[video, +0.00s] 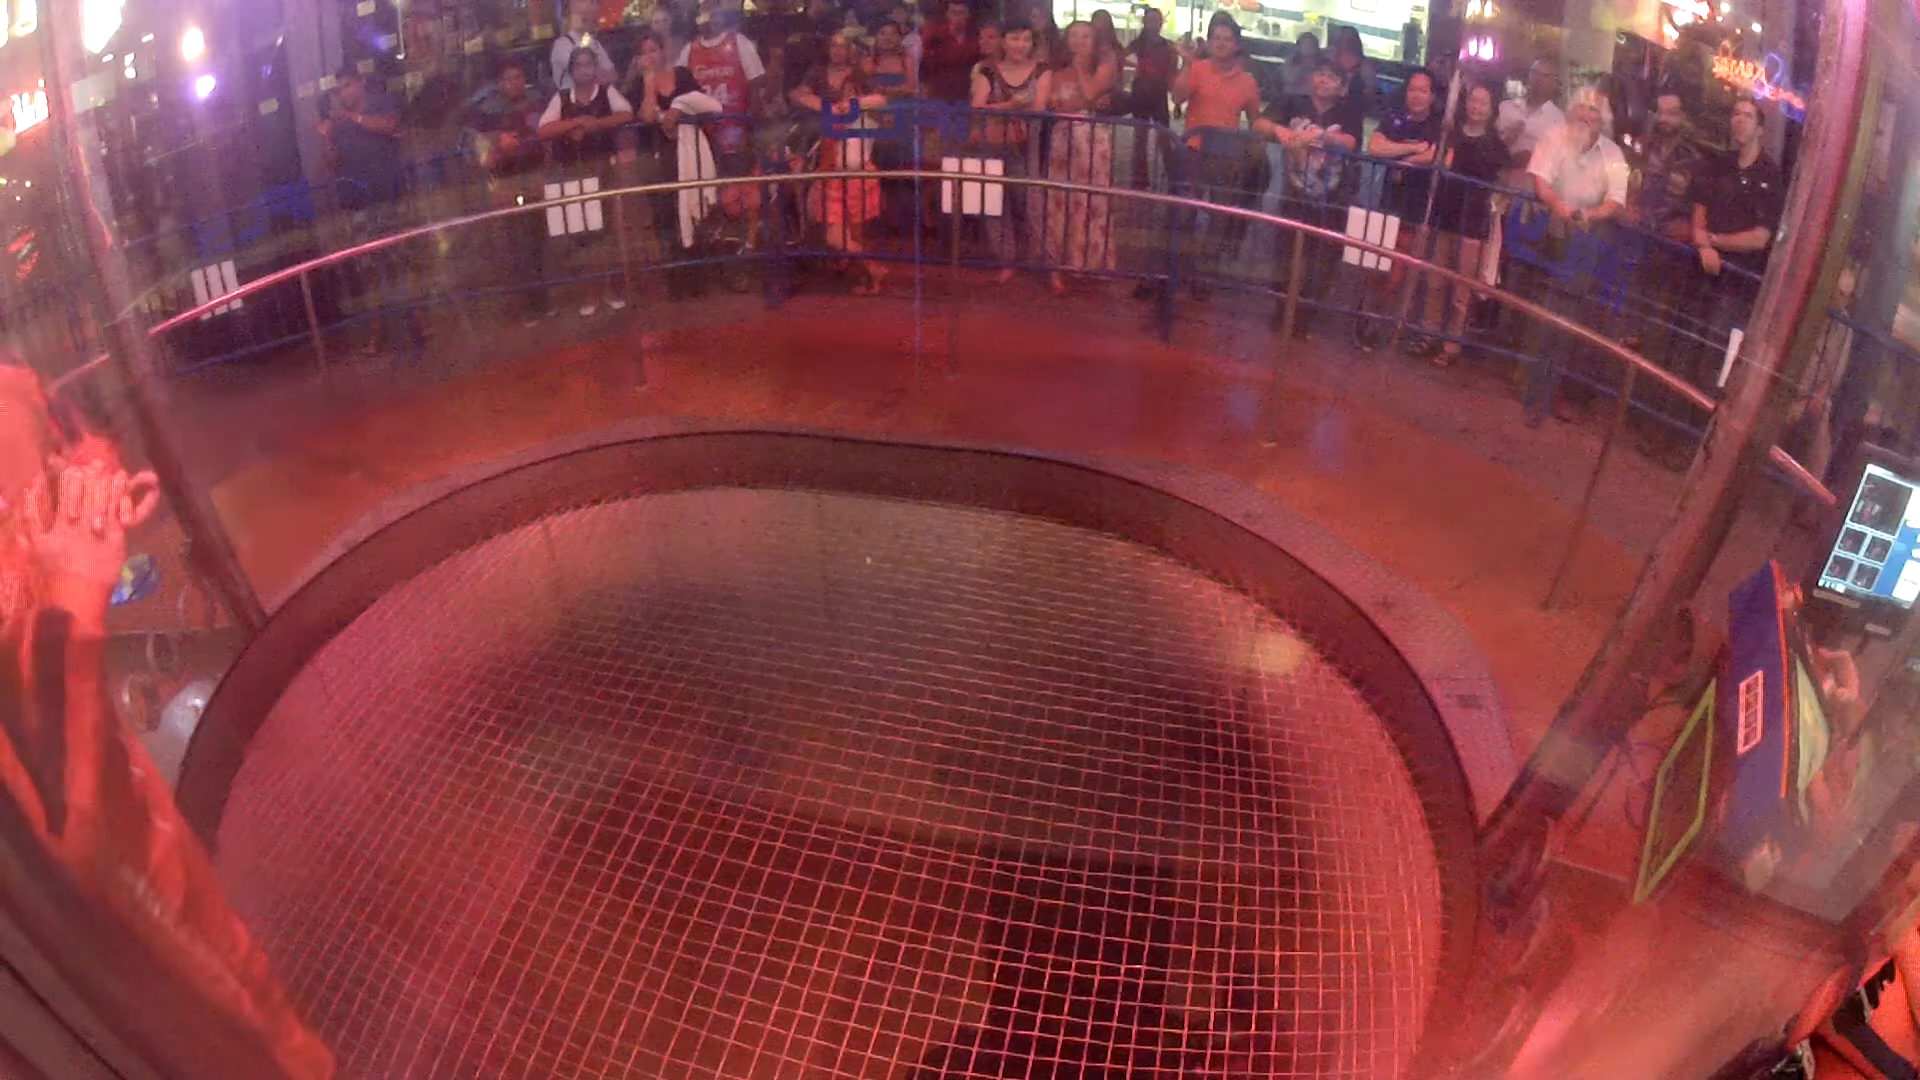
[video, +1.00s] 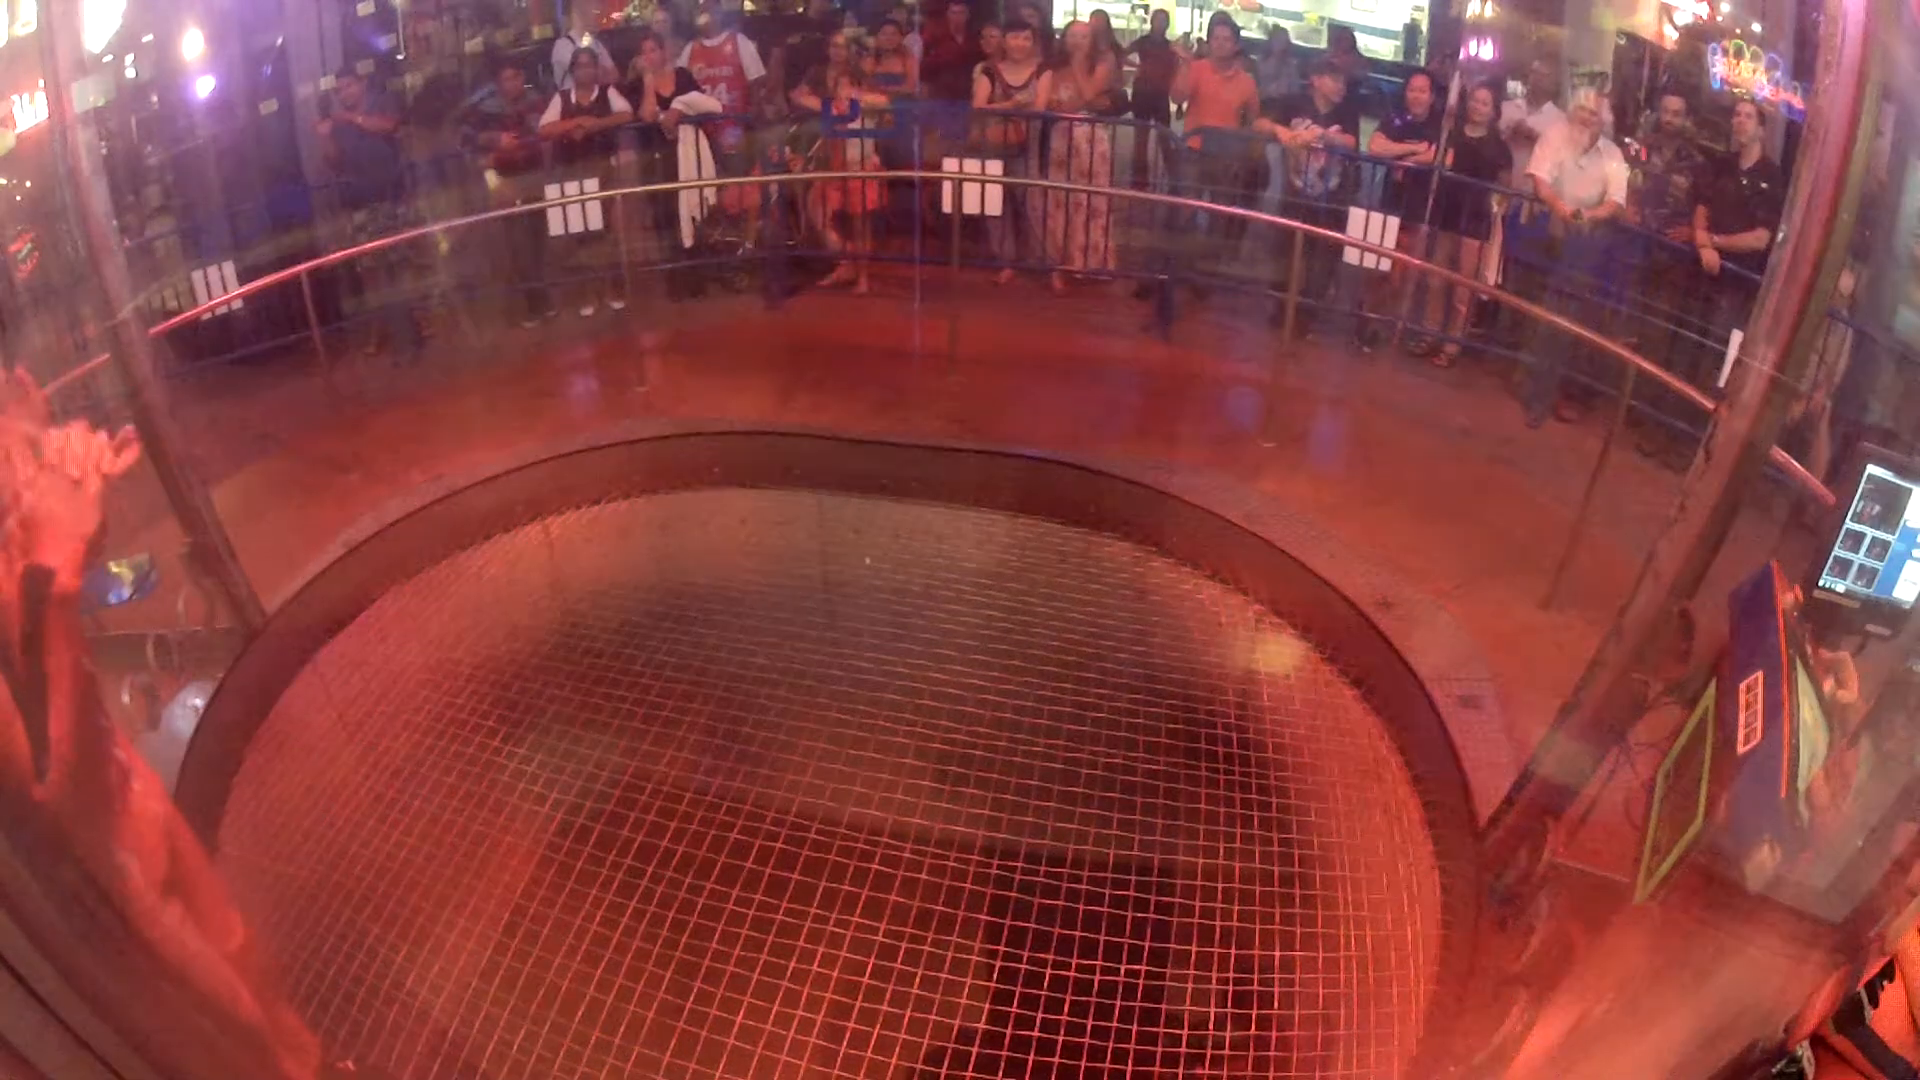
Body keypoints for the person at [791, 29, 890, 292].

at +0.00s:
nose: (836, 51)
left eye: (841, 46)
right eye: (833, 46)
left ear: (851, 50)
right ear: (827, 49)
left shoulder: (859, 76)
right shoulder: (818, 74)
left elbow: (880, 99)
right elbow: (798, 94)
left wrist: (853, 104)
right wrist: (828, 108)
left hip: (857, 163)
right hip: (829, 161)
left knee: (854, 230)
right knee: (833, 236)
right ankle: (873, 269)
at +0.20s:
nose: (836, 51)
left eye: (841, 46)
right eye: (833, 45)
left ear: (852, 50)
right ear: (826, 49)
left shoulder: (860, 77)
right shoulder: (819, 75)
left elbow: (880, 99)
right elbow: (798, 94)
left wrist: (853, 104)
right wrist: (828, 108)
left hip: (859, 172)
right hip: (830, 169)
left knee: (856, 232)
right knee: (833, 236)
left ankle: (863, 276)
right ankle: (874, 270)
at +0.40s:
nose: (835, 51)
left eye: (841, 46)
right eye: (832, 45)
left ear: (852, 50)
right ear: (826, 48)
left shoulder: (861, 77)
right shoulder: (819, 74)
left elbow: (880, 100)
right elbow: (797, 94)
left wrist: (853, 104)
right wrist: (826, 106)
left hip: (861, 170)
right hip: (831, 169)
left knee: (859, 230)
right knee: (834, 234)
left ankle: (863, 275)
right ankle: (874, 269)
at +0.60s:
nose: (843, 96)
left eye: (848, 91)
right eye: (840, 91)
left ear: (858, 92)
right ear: (834, 93)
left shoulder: (863, 108)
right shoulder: (830, 109)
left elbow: (879, 100)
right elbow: (797, 95)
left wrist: (853, 107)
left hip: (864, 175)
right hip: (839, 175)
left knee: (860, 230)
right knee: (834, 230)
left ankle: (865, 275)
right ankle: (871, 266)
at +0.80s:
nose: (844, 94)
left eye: (849, 90)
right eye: (840, 89)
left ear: (859, 90)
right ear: (834, 91)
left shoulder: (864, 107)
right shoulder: (830, 109)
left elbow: (880, 101)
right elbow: (799, 96)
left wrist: (854, 107)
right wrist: (828, 108)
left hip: (863, 170)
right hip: (835, 170)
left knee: (862, 223)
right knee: (820, 213)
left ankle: (863, 269)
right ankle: (857, 249)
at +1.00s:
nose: (835, 51)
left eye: (840, 46)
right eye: (832, 46)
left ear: (852, 50)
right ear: (827, 48)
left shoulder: (861, 77)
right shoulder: (820, 75)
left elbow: (885, 100)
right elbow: (798, 95)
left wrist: (855, 97)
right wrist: (828, 107)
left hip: (861, 156)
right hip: (832, 155)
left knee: (860, 218)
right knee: (819, 211)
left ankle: (862, 273)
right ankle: (844, 262)